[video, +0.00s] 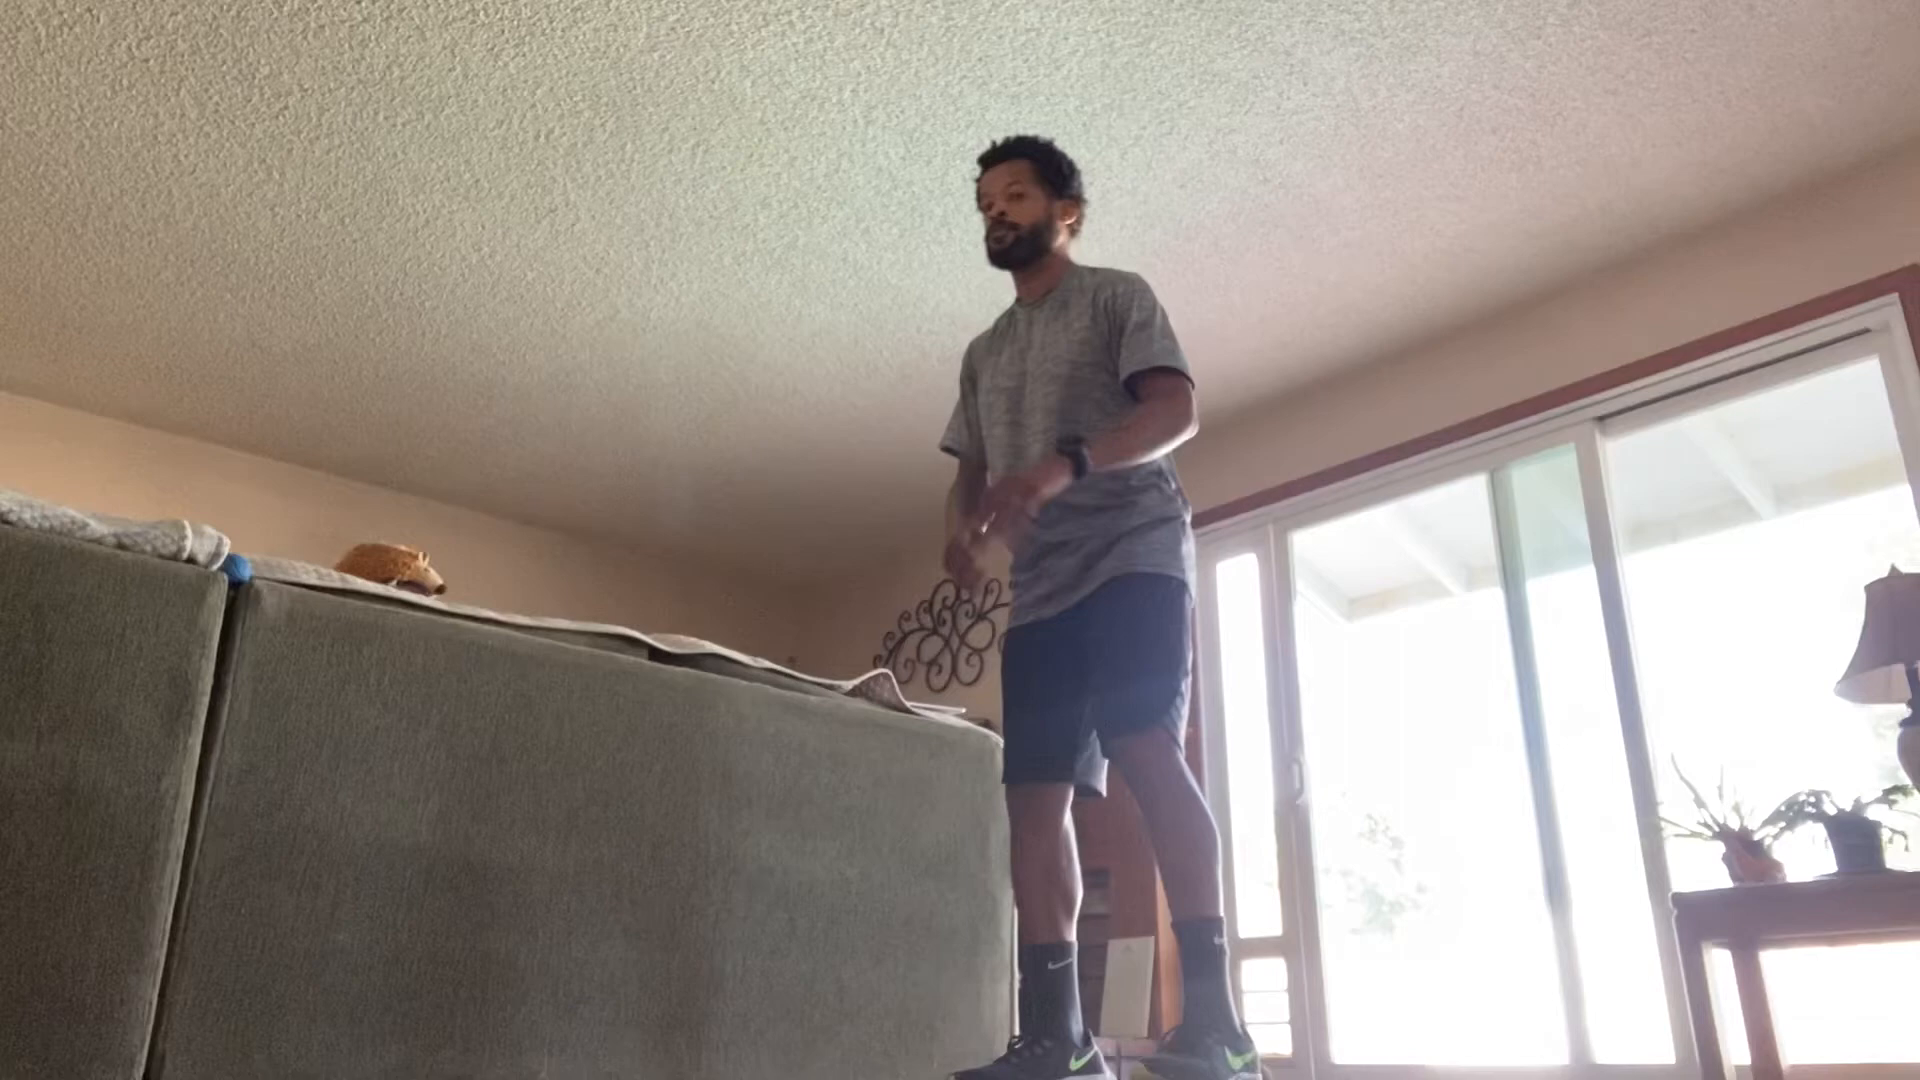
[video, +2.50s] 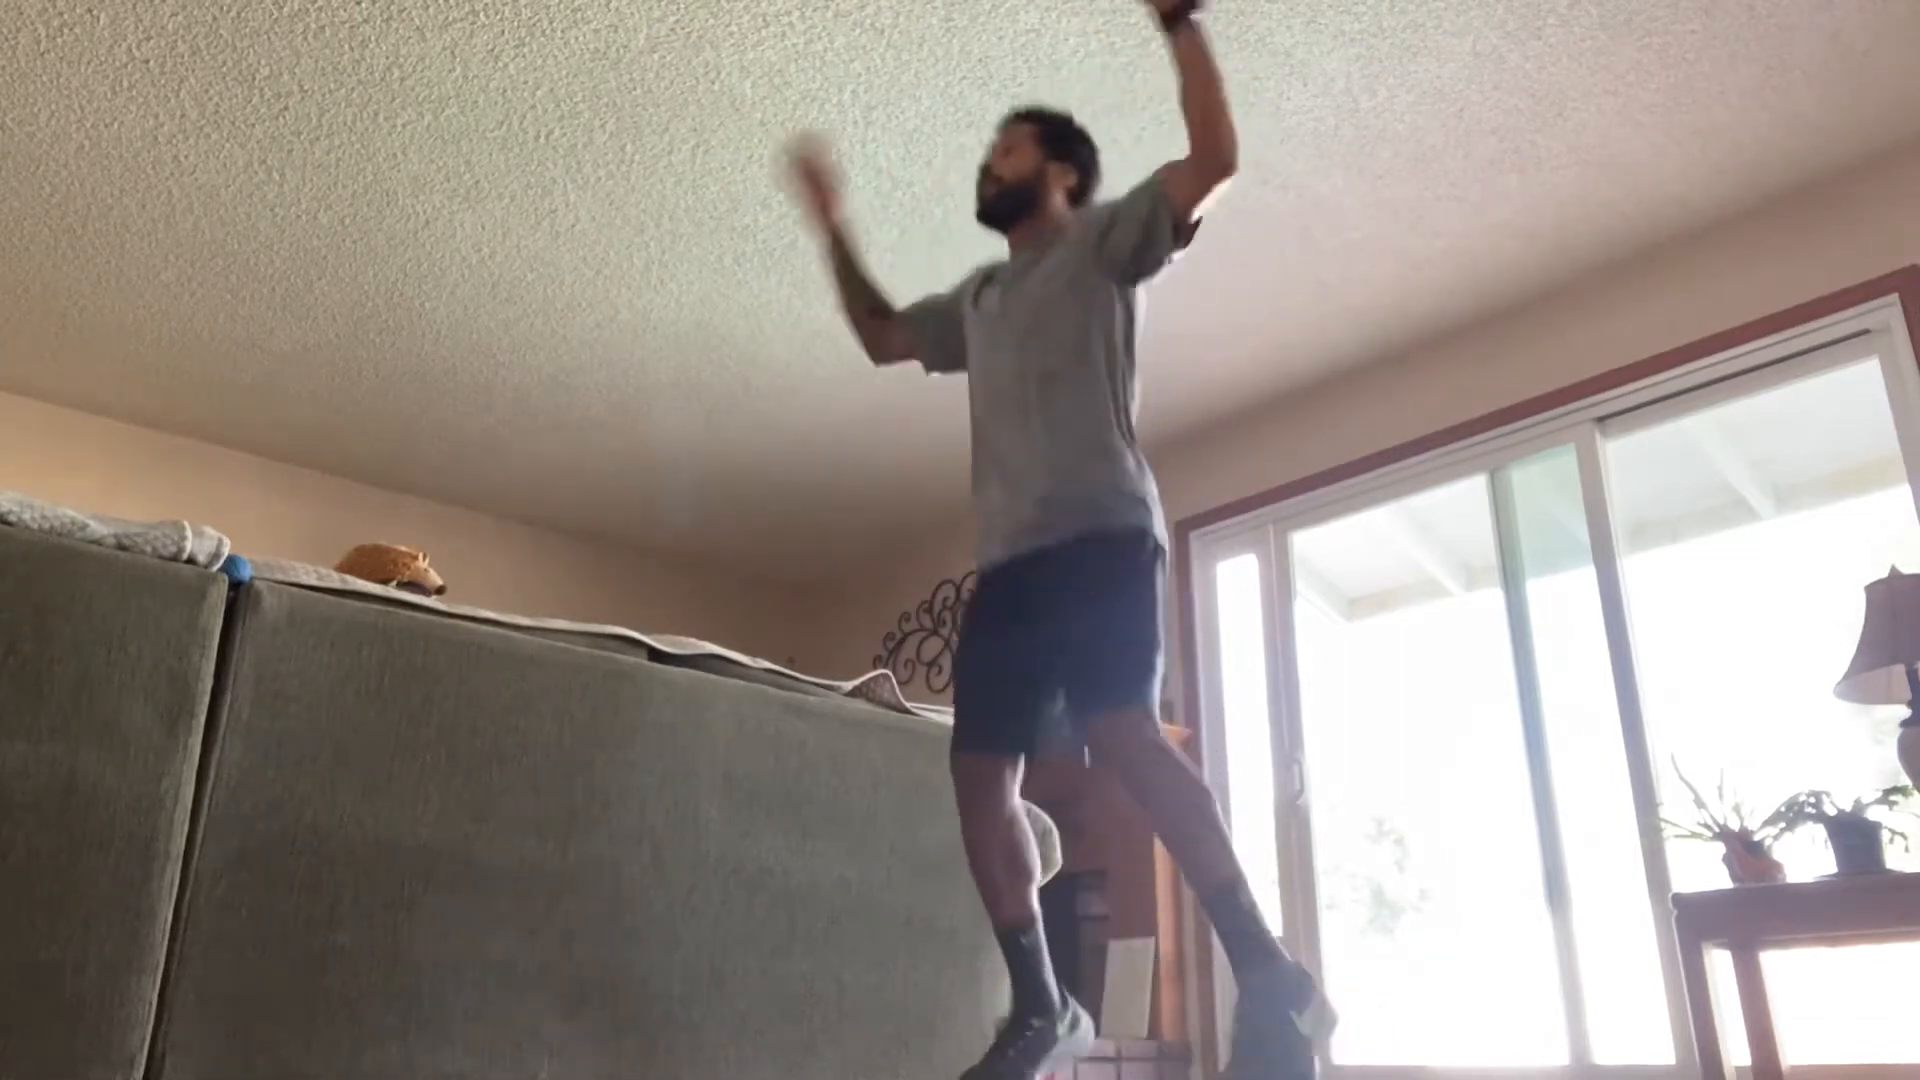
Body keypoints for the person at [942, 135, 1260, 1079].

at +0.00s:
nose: (995, 213)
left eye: (1014, 198)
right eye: (986, 204)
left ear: (1066, 211)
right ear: (981, 226)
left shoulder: (1117, 295)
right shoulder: (984, 354)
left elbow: (1173, 408)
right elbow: (970, 474)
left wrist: (1067, 463)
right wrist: (964, 528)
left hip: (1133, 554)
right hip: (1040, 584)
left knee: (1141, 745)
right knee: (1034, 792)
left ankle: (1210, 1017)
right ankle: (1052, 1032)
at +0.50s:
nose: (1068, 169)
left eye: (1084, 151)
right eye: (1049, 162)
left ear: (1125, 161)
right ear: (1034, 189)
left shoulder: (1169, 260)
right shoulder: (1030, 314)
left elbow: (1182, 382)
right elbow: (1023, 455)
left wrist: (1037, 356)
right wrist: (986, 424)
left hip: (1173, 555)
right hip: (1073, 571)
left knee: (1186, 766)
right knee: (1054, 779)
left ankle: (1216, 1023)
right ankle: (1067, 1024)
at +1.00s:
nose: (984, 223)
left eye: (1006, 210)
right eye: (982, 212)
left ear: (1062, 230)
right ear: (982, 238)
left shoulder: (1117, 322)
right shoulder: (987, 381)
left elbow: (1153, 461)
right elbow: (996, 524)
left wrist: (1053, 526)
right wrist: (960, 568)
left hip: (1154, 586)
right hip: (1054, 607)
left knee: (1094, 759)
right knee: (1000, 775)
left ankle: (1205, 1032)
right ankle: (1069, 1036)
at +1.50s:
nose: (1043, 208)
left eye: (1067, 198)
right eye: (1041, 203)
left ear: (1118, 222)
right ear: (1045, 234)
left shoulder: (1145, 281)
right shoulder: (1016, 346)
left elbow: (1215, 141)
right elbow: (927, 343)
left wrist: (1113, 87)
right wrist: (973, 230)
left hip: (1144, 581)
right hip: (1041, 608)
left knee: (1164, 792)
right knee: (989, 823)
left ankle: (1331, 1015)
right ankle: (1034, 1033)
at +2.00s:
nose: (1013, 151)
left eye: (1037, 139)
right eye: (1017, 144)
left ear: (1089, 173)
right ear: (1028, 184)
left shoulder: (1129, 254)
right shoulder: (1004, 314)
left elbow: (1211, 376)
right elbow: (1021, 450)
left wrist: (1171, 480)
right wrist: (965, 523)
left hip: (1134, 539)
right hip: (1042, 561)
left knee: (1115, 744)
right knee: (1052, 774)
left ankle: (1201, 993)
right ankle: (1145, 1008)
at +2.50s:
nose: (988, 163)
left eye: (1009, 148)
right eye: (988, 152)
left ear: (1064, 171)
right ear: (1006, 183)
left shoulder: (1101, 242)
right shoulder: (977, 299)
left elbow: (1212, 160)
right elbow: (881, 334)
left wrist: (1184, 31)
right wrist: (832, 227)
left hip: (1104, 533)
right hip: (1010, 557)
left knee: (1121, 737)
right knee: (980, 775)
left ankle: (1266, 973)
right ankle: (1039, 1007)